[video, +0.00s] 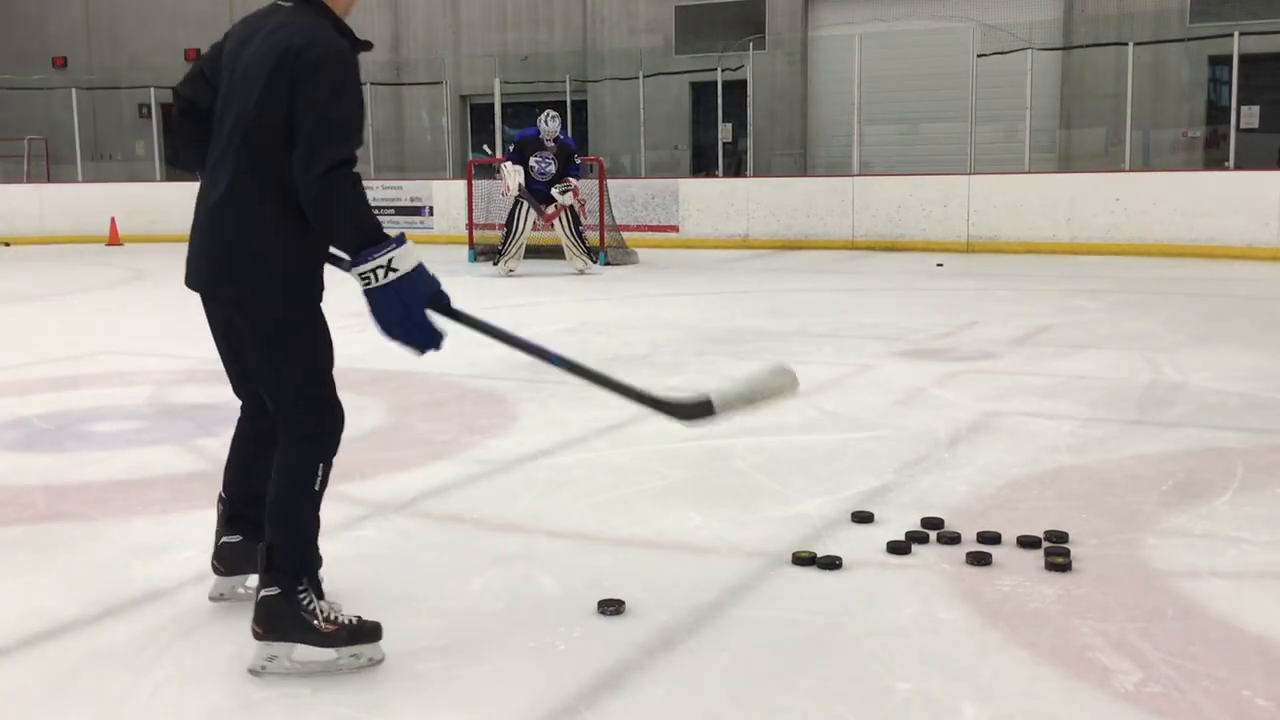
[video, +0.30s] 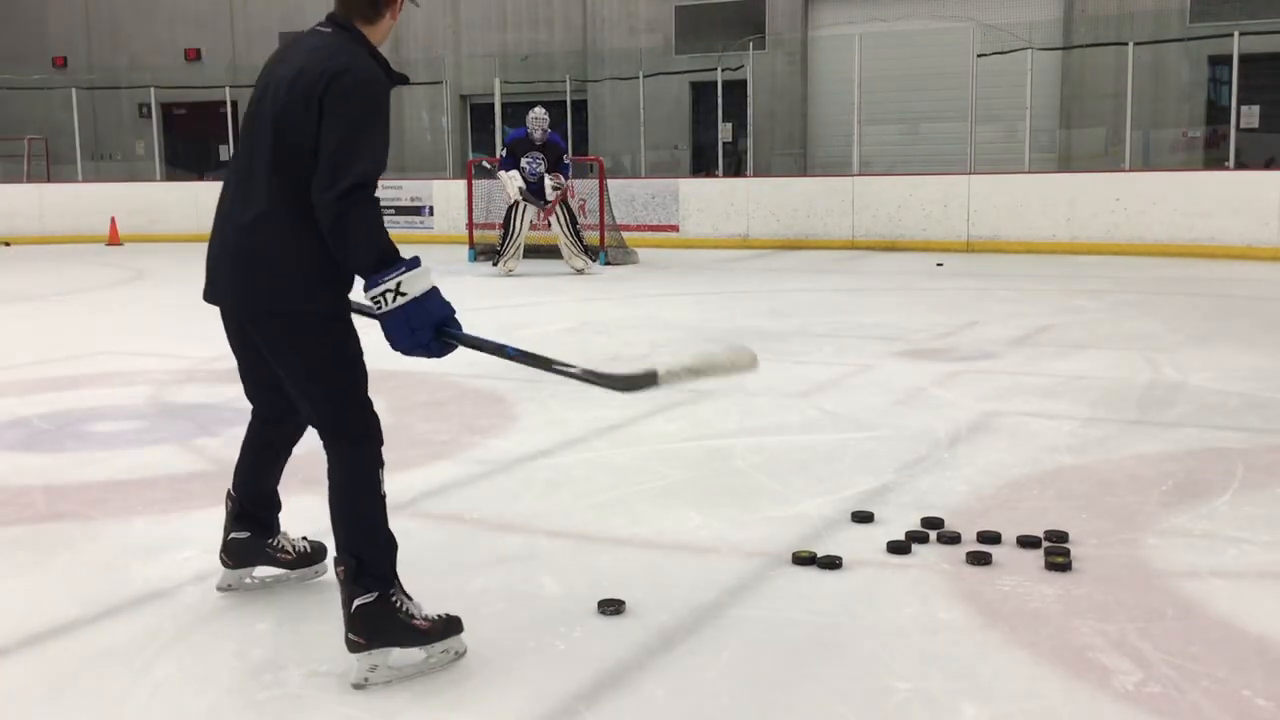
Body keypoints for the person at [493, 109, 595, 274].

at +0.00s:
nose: (550, 137)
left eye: (553, 133)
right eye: (546, 133)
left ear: (559, 129)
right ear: (539, 128)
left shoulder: (566, 144)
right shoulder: (524, 139)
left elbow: (574, 170)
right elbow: (511, 161)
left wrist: (568, 187)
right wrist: (513, 177)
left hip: (557, 195)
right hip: (529, 194)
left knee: (571, 230)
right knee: (516, 229)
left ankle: (584, 264)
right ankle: (505, 265)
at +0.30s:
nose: (537, 132)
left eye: (541, 128)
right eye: (534, 127)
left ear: (547, 127)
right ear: (527, 125)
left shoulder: (556, 143)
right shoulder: (515, 140)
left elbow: (564, 168)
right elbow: (506, 165)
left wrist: (557, 184)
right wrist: (515, 185)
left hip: (551, 194)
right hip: (525, 193)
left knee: (567, 227)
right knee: (514, 228)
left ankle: (581, 263)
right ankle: (506, 264)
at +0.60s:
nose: (539, 142)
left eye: (543, 138)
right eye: (536, 138)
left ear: (549, 138)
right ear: (530, 137)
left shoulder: (558, 153)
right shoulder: (519, 153)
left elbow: (573, 175)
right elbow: (504, 176)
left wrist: (580, 167)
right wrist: (497, 197)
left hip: (552, 198)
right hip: (523, 198)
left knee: (566, 229)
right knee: (509, 229)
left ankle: (579, 263)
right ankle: (496, 264)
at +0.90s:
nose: (539, 149)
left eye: (543, 145)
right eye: (536, 145)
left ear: (549, 146)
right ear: (530, 146)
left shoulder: (556, 164)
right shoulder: (520, 163)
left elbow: (570, 185)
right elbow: (503, 187)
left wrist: (580, 176)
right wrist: (496, 208)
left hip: (549, 204)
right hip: (521, 203)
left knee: (564, 233)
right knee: (507, 232)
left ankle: (583, 263)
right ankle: (491, 264)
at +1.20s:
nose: (539, 154)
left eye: (542, 151)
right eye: (535, 151)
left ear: (548, 151)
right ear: (529, 151)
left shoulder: (557, 166)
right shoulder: (517, 165)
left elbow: (569, 185)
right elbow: (500, 188)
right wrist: (497, 211)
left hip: (548, 206)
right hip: (521, 205)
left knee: (564, 234)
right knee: (507, 234)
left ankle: (584, 263)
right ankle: (491, 264)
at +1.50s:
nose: (538, 155)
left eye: (541, 151)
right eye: (534, 151)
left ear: (547, 152)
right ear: (528, 153)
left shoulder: (556, 170)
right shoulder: (516, 169)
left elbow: (569, 195)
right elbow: (500, 191)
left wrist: (580, 186)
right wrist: (501, 211)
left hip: (549, 209)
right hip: (523, 209)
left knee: (565, 236)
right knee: (510, 237)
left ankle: (584, 263)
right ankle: (491, 265)